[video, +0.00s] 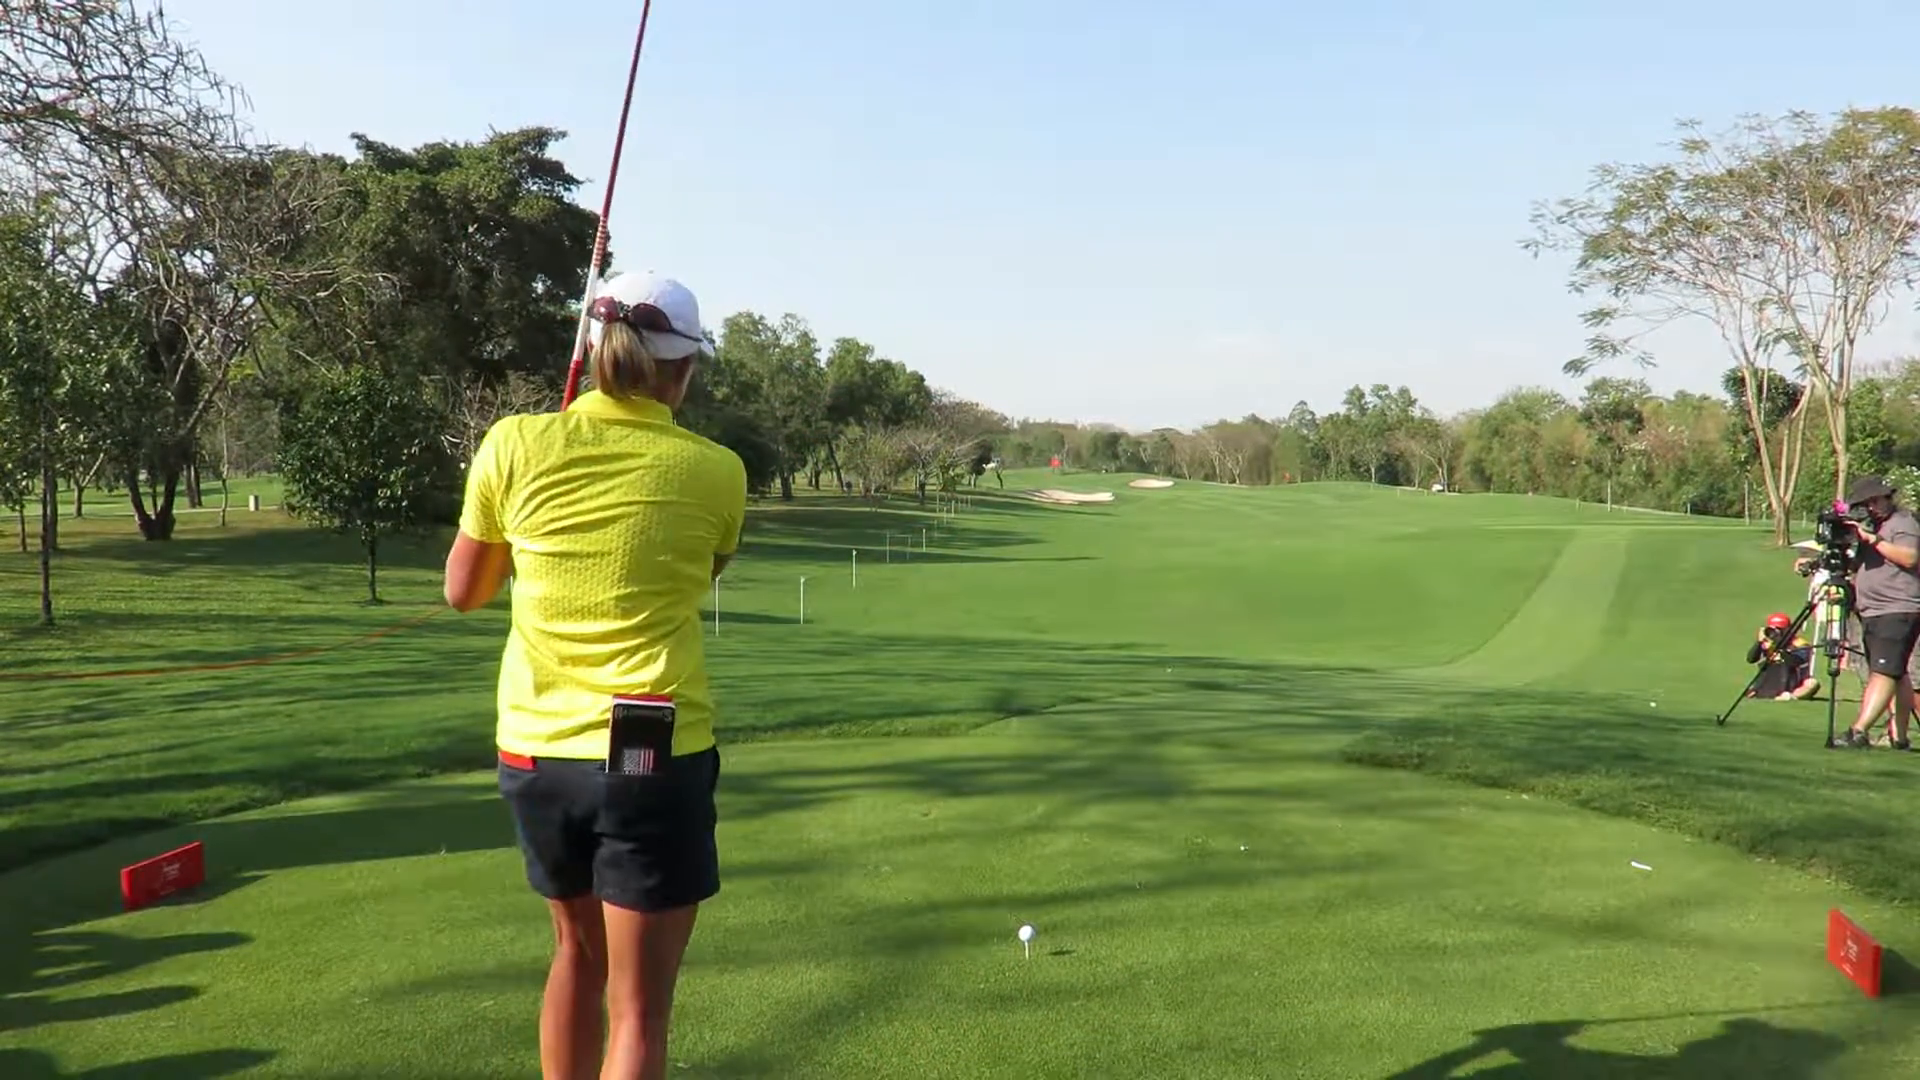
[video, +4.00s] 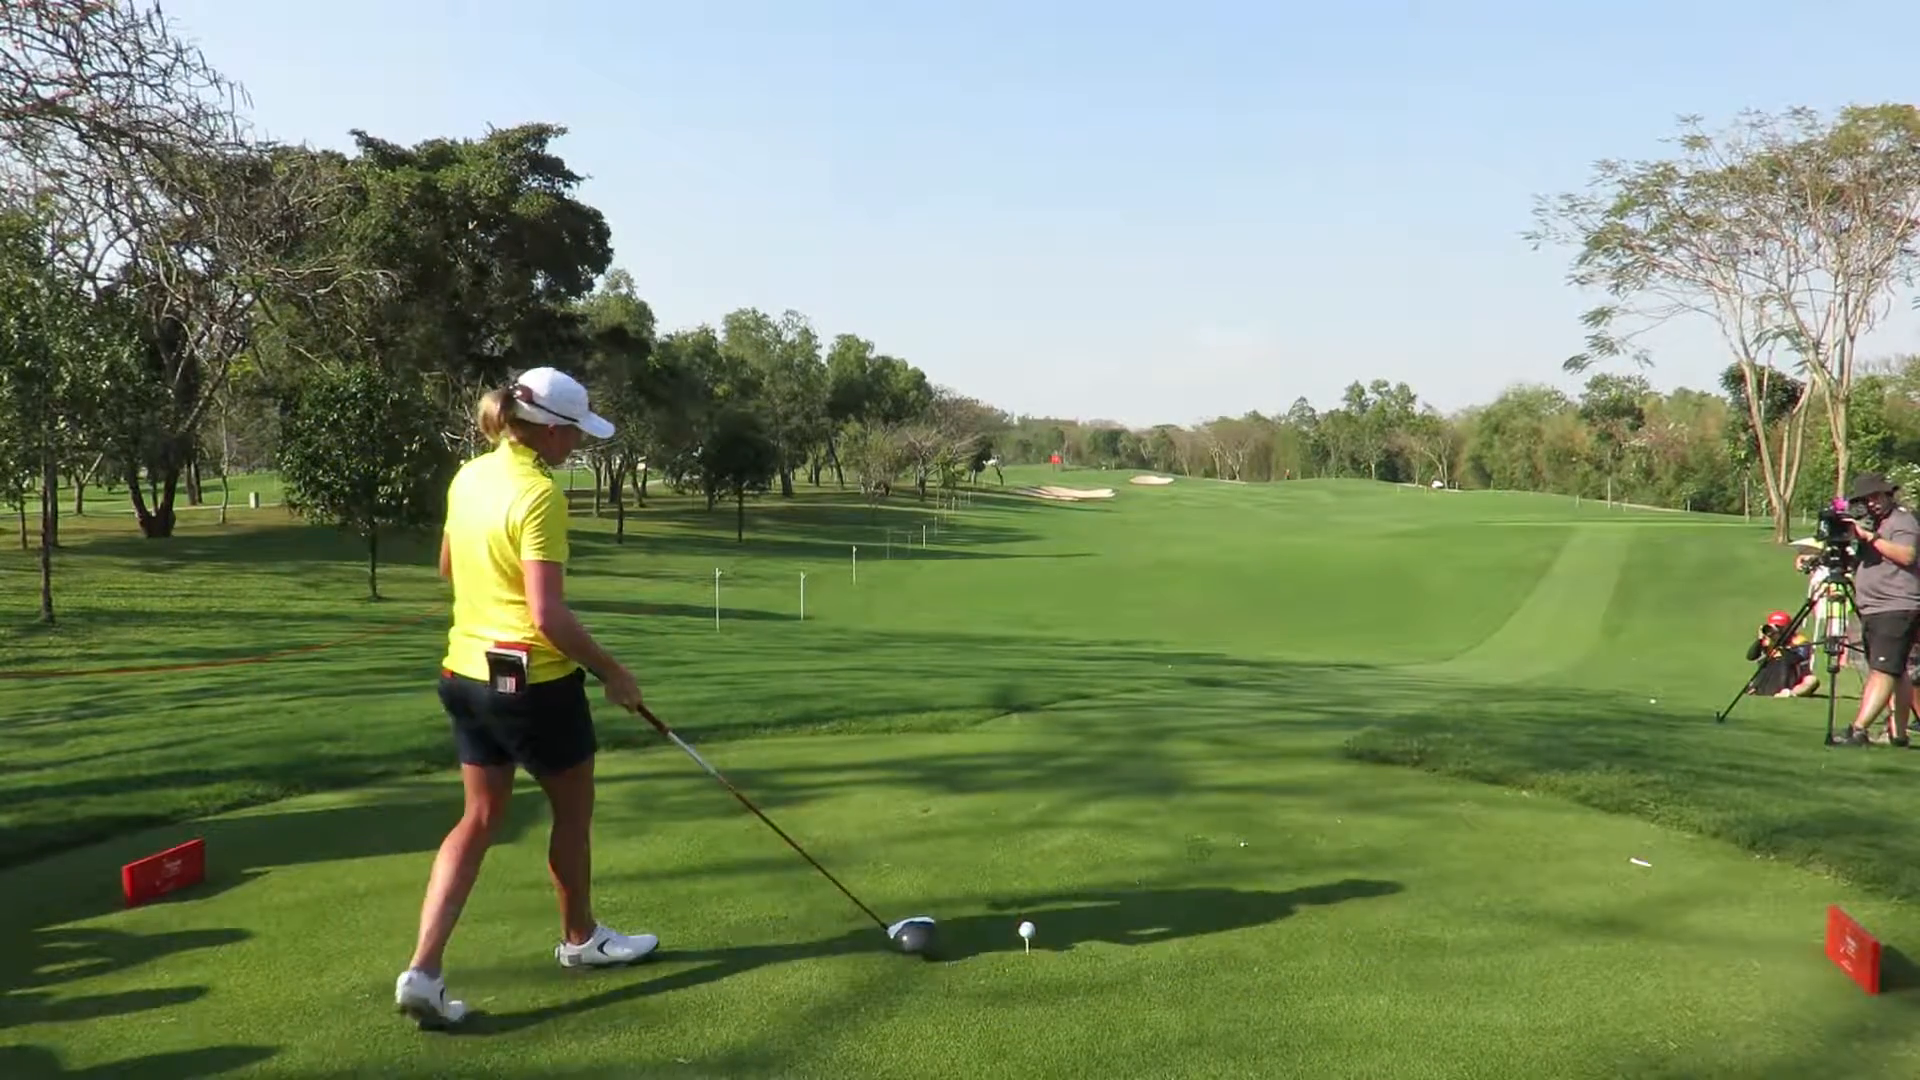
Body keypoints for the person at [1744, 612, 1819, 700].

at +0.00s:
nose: (1774, 635)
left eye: (1778, 631)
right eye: (1771, 631)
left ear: (1786, 631)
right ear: (1767, 632)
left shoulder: (1800, 645)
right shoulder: (1769, 644)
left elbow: (1796, 661)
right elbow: (1751, 659)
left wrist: (1781, 653)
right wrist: (1759, 643)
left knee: (1813, 683)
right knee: (1750, 691)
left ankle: (1792, 696)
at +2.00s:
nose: (1774, 636)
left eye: (1777, 632)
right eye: (1771, 632)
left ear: (1786, 631)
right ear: (1767, 633)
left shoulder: (1799, 644)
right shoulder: (1768, 645)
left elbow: (1798, 661)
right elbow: (1750, 660)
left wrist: (1782, 656)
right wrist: (1759, 643)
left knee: (1813, 683)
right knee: (1749, 691)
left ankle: (1791, 696)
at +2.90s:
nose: (1777, 633)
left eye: (1781, 630)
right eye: (1774, 630)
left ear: (1789, 630)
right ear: (1770, 630)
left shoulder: (1799, 644)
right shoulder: (1767, 642)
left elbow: (1797, 660)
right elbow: (1750, 661)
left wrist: (1782, 655)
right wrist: (1757, 644)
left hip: (1792, 682)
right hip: (1770, 680)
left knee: (1812, 683)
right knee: (1749, 691)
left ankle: (1791, 696)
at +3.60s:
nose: (1772, 634)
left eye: (1776, 630)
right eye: (1770, 630)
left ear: (1785, 630)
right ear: (1769, 629)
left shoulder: (1799, 642)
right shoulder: (1769, 642)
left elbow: (1800, 658)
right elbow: (1751, 658)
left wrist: (1783, 654)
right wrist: (1760, 642)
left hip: (1794, 678)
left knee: (1812, 681)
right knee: (1751, 688)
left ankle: (1791, 694)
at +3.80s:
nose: (1772, 634)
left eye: (1777, 630)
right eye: (1770, 630)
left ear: (1786, 630)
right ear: (1767, 629)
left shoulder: (1799, 643)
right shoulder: (1769, 642)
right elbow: (1750, 657)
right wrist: (1759, 641)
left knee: (1812, 680)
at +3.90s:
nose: (1772, 634)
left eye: (1776, 631)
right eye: (1770, 630)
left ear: (1785, 630)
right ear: (1767, 630)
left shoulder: (1799, 643)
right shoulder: (1769, 642)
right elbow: (1750, 657)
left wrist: (1793, 693)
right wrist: (1759, 641)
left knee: (1812, 680)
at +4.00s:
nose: (1772, 634)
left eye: (1776, 630)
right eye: (1770, 630)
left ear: (1785, 630)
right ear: (1768, 629)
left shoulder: (1800, 642)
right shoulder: (1770, 642)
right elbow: (1751, 657)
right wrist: (1759, 641)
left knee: (1812, 680)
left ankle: (1792, 693)